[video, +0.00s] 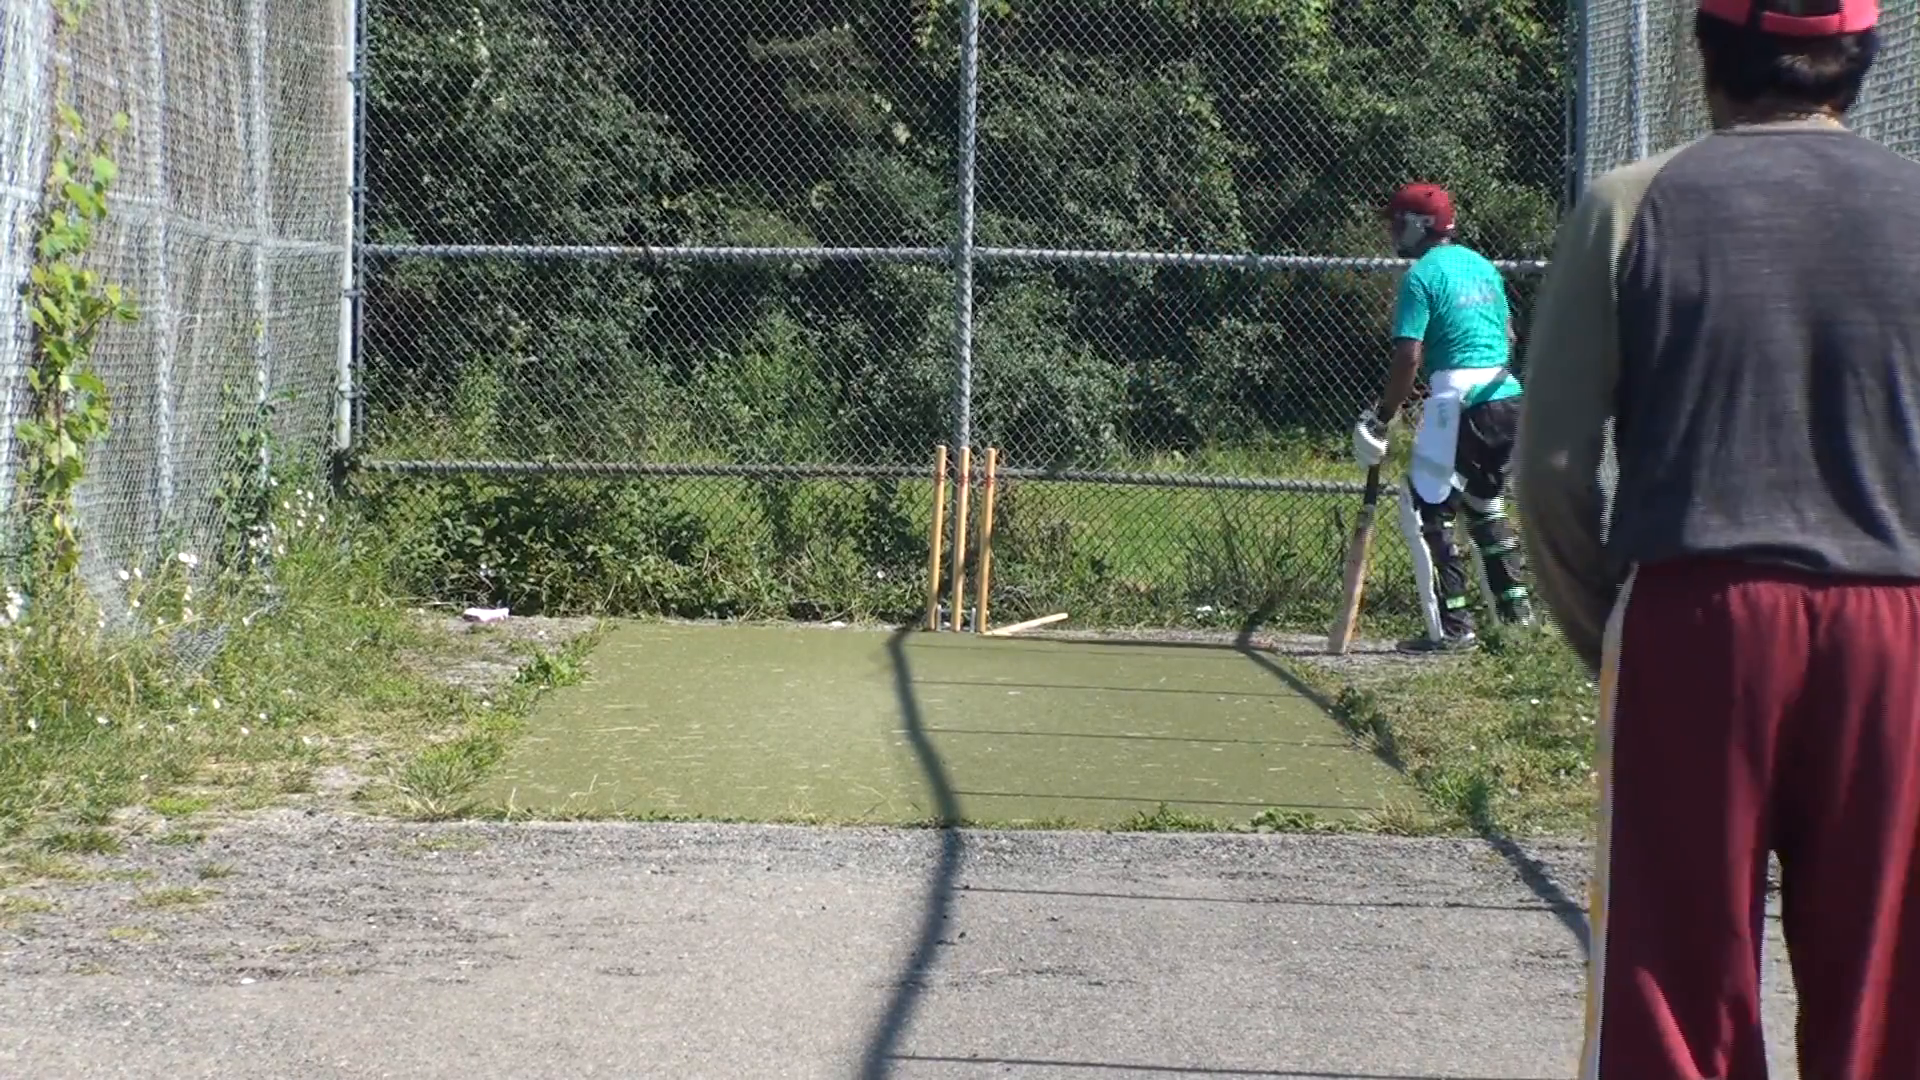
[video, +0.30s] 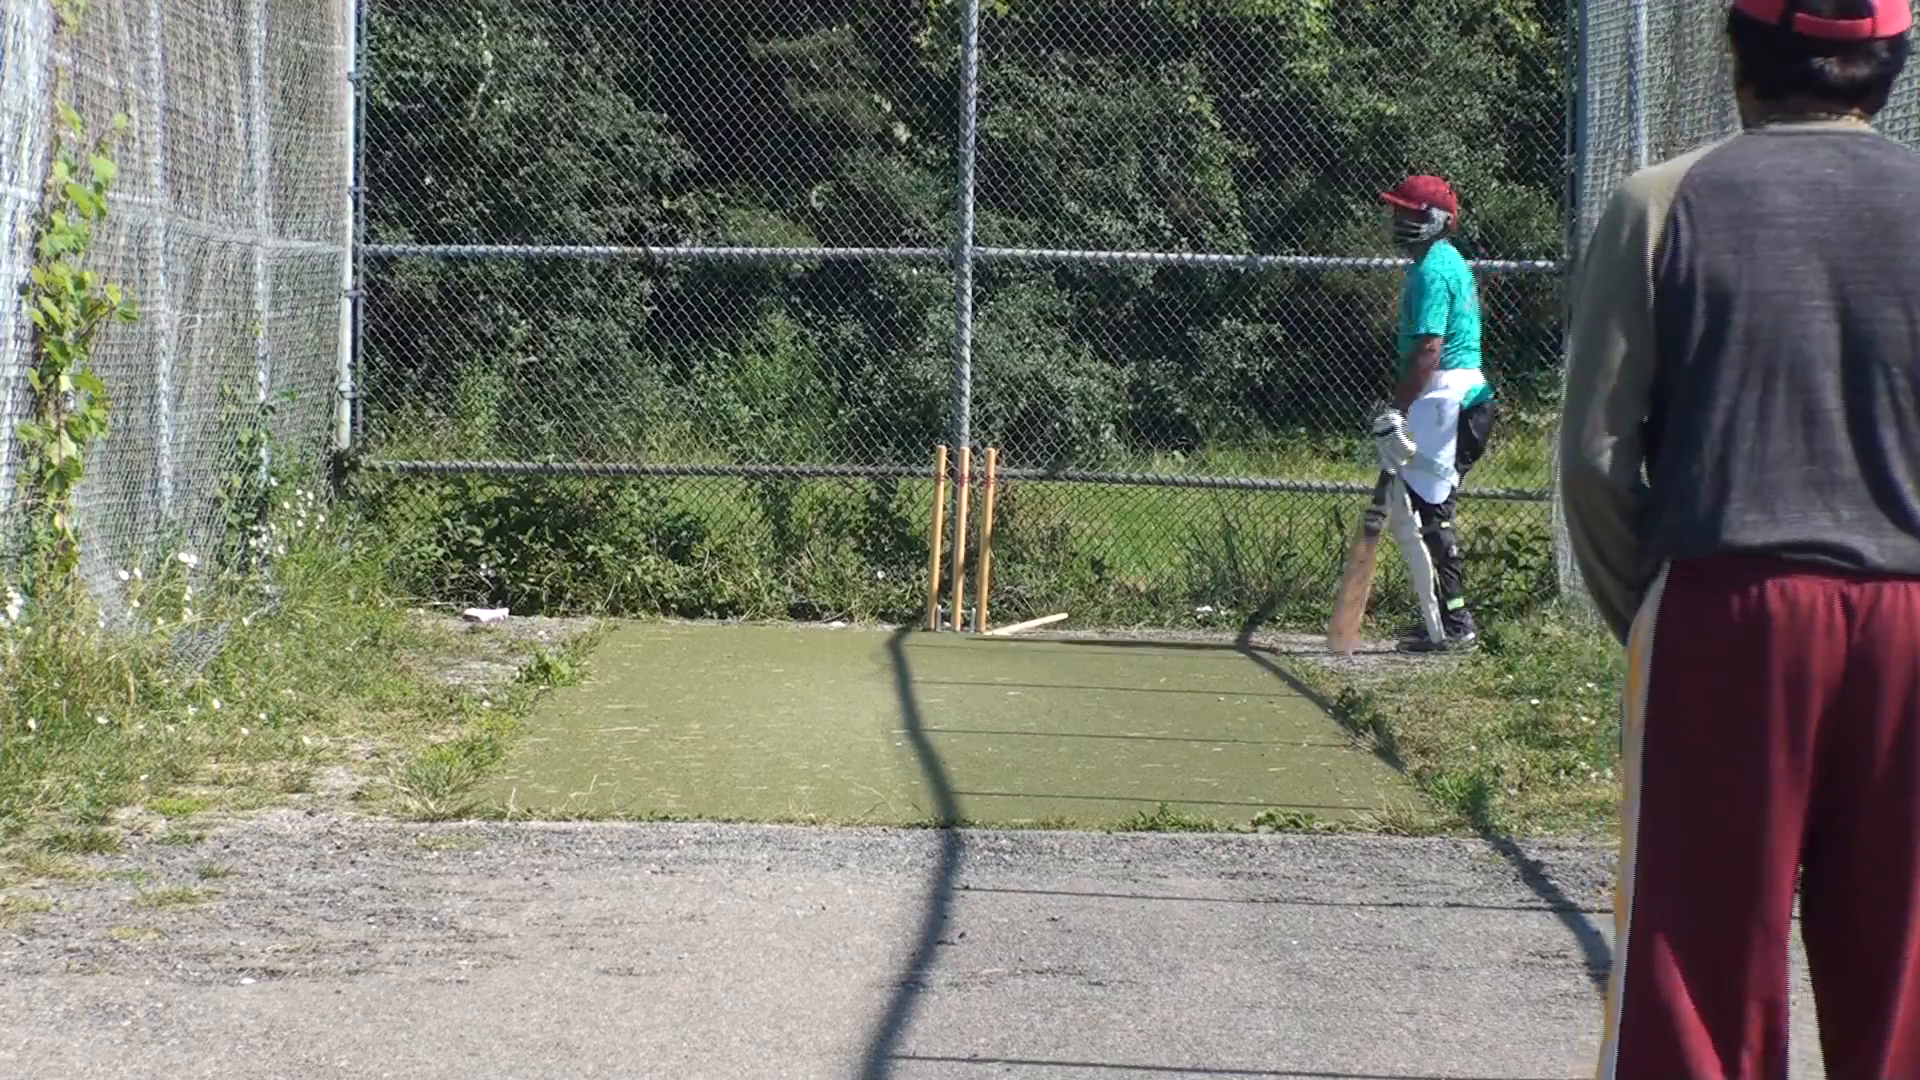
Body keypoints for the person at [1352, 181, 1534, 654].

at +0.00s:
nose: (1391, 232)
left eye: (1397, 223)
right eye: (1392, 222)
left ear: (1419, 225)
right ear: (1442, 226)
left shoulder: (1420, 275)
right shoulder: (1482, 264)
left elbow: (1408, 358)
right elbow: (1507, 333)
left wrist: (1382, 418)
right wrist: (1450, 382)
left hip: (1459, 409)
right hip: (1505, 402)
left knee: (1428, 508)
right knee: (1485, 504)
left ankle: (1452, 625)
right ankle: (1517, 611)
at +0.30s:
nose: (1399, 223)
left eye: (1410, 215)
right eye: (1398, 214)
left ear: (1436, 220)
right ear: (1431, 221)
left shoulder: (1433, 268)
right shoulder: (1443, 261)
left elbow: (1429, 353)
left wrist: (1394, 412)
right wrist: (1401, 407)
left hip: (1445, 403)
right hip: (1457, 397)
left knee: (1429, 508)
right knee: (1422, 504)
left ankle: (1452, 619)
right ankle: (1443, 615)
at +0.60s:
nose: (1396, 224)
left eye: (1408, 217)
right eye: (1388, 215)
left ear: (1429, 222)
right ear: (1380, 218)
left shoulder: (1432, 272)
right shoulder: (1387, 270)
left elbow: (1449, 347)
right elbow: (1389, 345)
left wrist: (1423, 410)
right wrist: (1372, 404)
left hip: (1418, 400)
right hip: (1385, 401)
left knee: (1410, 516)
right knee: (1355, 515)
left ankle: (1447, 624)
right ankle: (1356, 626)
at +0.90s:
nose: (1373, 224)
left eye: (1386, 217)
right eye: (1366, 215)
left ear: (1404, 224)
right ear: (1355, 217)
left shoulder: (1410, 274)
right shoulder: (1339, 271)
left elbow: (1431, 350)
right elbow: (1327, 339)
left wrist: (1418, 412)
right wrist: (1308, 397)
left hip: (1384, 401)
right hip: (1340, 401)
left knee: (1360, 515)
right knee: (1326, 519)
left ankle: (1426, 616)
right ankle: (1354, 631)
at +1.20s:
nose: (1357, 223)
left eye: (1370, 216)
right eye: (1351, 213)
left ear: (1386, 224)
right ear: (1338, 216)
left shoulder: (1394, 273)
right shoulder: (1315, 269)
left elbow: (1414, 349)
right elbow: (1300, 336)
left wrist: (1402, 412)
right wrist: (1283, 393)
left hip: (1369, 398)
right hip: (1322, 399)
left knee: (1354, 514)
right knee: (1320, 516)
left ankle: (1366, 628)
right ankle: (1344, 624)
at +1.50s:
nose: (1337, 224)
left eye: (1349, 217)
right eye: (1330, 215)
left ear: (1364, 223)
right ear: (1317, 217)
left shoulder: (1376, 272)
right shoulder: (1296, 270)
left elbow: (1401, 346)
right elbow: (1284, 334)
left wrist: (1397, 414)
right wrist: (1267, 385)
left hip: (1358, 392)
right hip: (1310, 396)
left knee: (1336, 503)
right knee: (1317, 507)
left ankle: (1338, 617)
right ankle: (1350, 623)